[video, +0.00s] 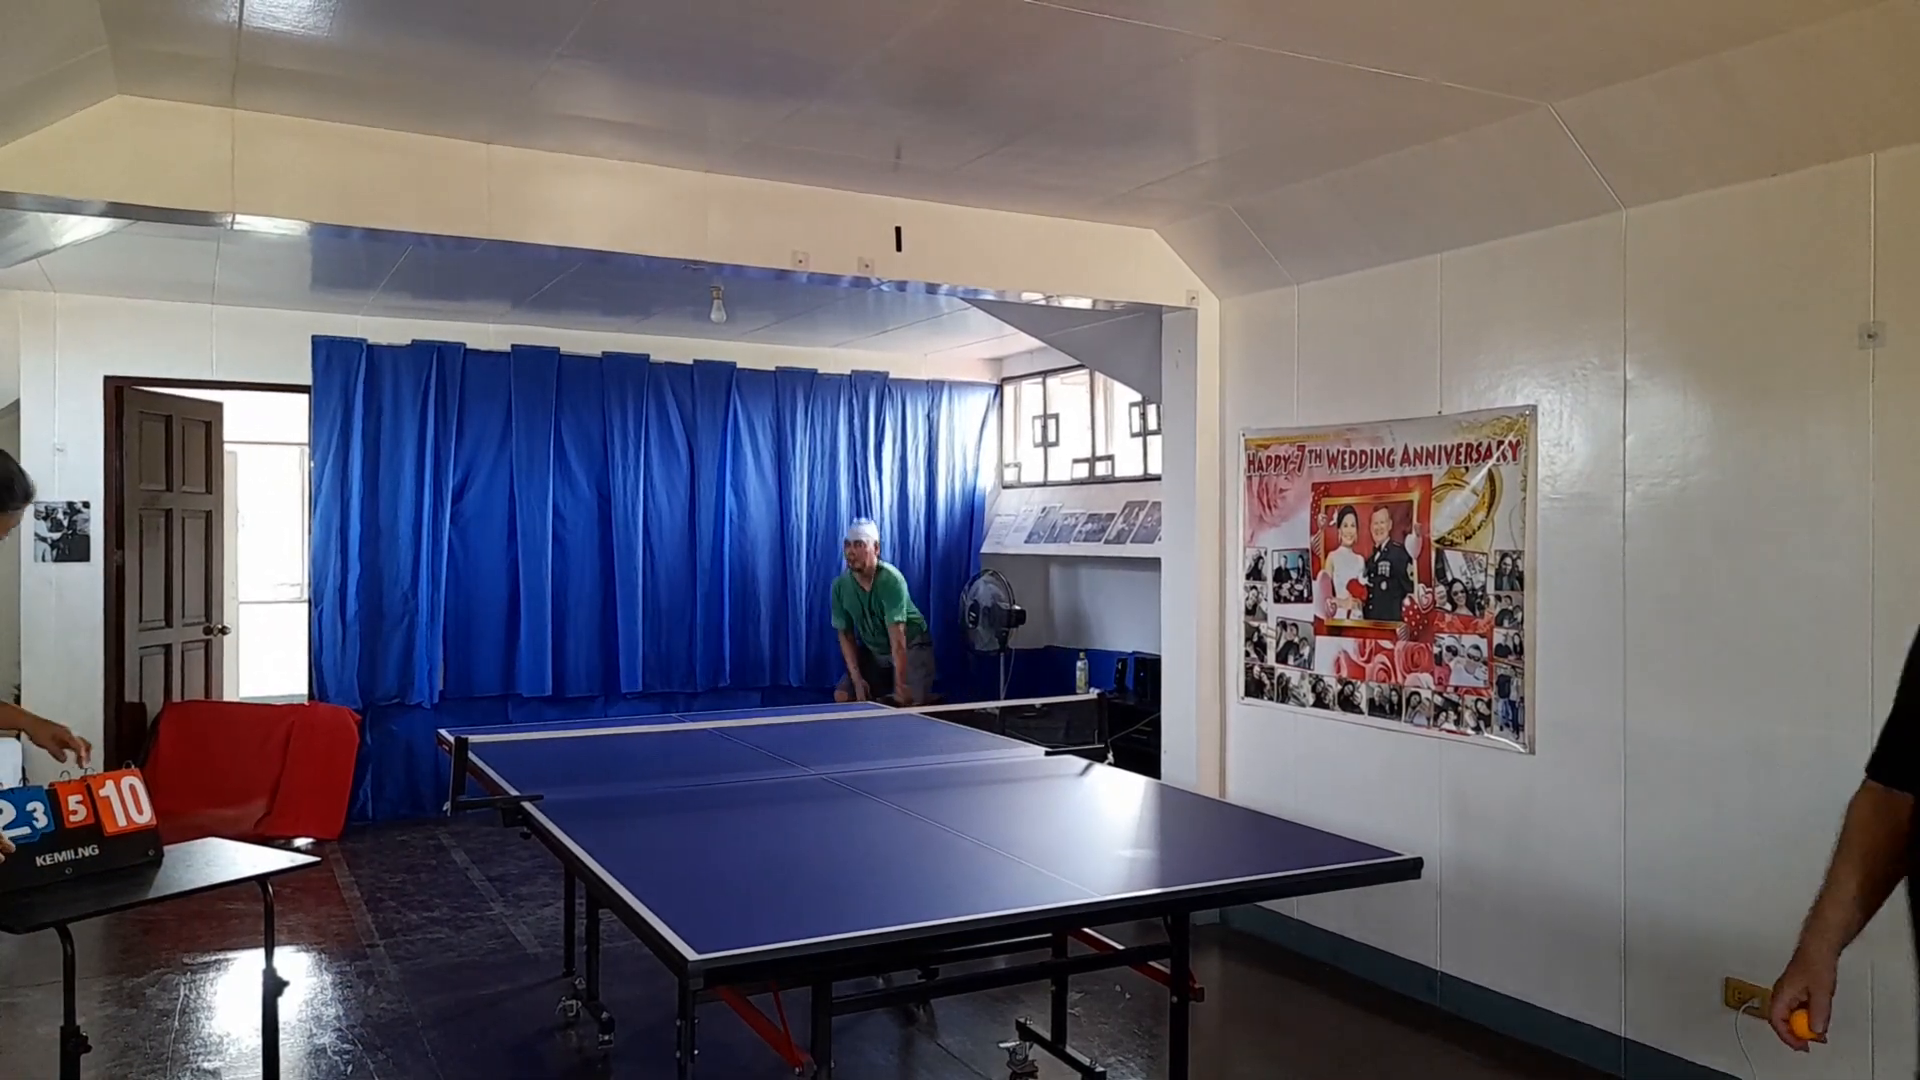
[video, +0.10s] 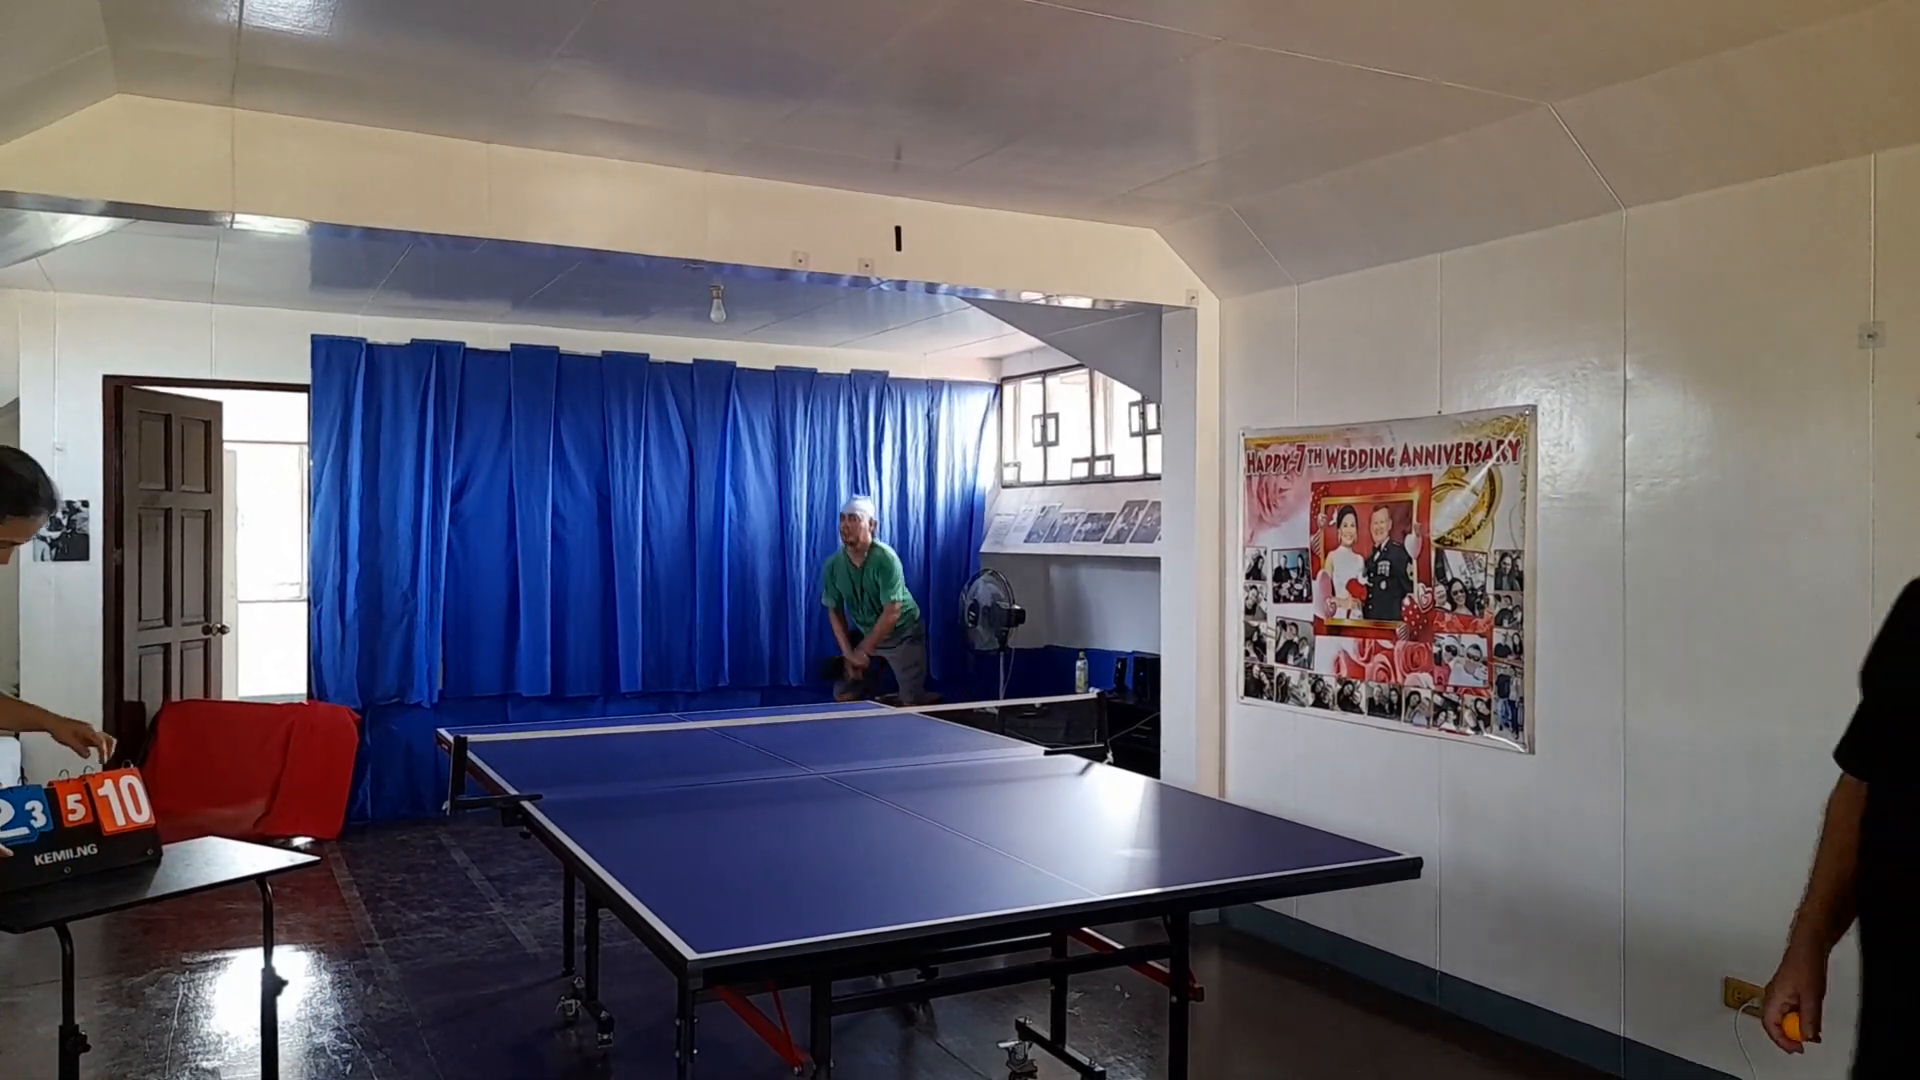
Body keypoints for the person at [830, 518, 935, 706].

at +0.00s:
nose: (850, 552)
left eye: (858, 545)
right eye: (847, 545)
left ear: (875, 548)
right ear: (843, 548)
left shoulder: (891, 581)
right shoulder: (840, 586)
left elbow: (897, 638)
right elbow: (845, 635)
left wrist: (900, 686)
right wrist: (857, 680)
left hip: (912, 646)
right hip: (874, 649)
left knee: (909, 703)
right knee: (843, 695)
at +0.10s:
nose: (845, 525)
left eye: (853, 518)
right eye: (842, 519)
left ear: (871, 525)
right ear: (839, 524)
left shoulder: (886, 559)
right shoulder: (833, 565)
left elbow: (893, 611)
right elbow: (835, 611)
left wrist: (863, 650)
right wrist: (849, 653)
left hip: (902, 634)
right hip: (865, 636)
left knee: (912, 700)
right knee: (844, 695)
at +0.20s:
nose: (840, 505)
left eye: (848, 499)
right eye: (837, 499)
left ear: (865, 505)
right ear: (834, 504)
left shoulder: (879, 541)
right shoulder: (827, 546)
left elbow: (888, 594)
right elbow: (823, 590)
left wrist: (842, 613)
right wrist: (835, 630)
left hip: (893, 626)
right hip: (857, 629)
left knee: (901, 700)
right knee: (845, 697)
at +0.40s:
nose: (831, 488)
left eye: (840, 483)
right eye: (829, 482)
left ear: (857, 491)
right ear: (826, 488)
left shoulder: (869, 528)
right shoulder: (819, 533)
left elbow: (882, 576)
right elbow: (813, 582)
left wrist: (833, 585)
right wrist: (804, 626)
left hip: (874, 620)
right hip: (839, 622)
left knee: (870, 695)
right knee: (846, 696)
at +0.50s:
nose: (823, 489)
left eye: (832, 484)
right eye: (821, 484)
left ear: (849, 492)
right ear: (816, 489)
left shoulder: (862, 530)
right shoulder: (812, 535)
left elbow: (881, 577)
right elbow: (807, 590)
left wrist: (835, 599)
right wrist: (792, 630)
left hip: (864, 620)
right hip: (831, 623)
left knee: (852, 696)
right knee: (847, 695)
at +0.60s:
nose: (814, 491)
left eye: (823, 486)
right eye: (812, 486)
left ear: (840, 496)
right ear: (807, 491)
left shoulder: (854, 533)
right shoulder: (803, 539)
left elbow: (874, 585)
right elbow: (801, 590)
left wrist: (847, 622)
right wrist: (777, 628)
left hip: (857, 627)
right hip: (825, 628)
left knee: (835, 701)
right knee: (850, 702)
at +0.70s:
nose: (806, 493)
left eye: (815, 489)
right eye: (804, 487)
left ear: (831, 498)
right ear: (799, 492)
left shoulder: (844, 538)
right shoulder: (795, 539)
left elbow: (870, 589)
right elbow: (790, 589)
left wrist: (855, 635)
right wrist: (764, 618)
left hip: (836, 636)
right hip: (811, 636)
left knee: (816, 711)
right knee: (845, 711)